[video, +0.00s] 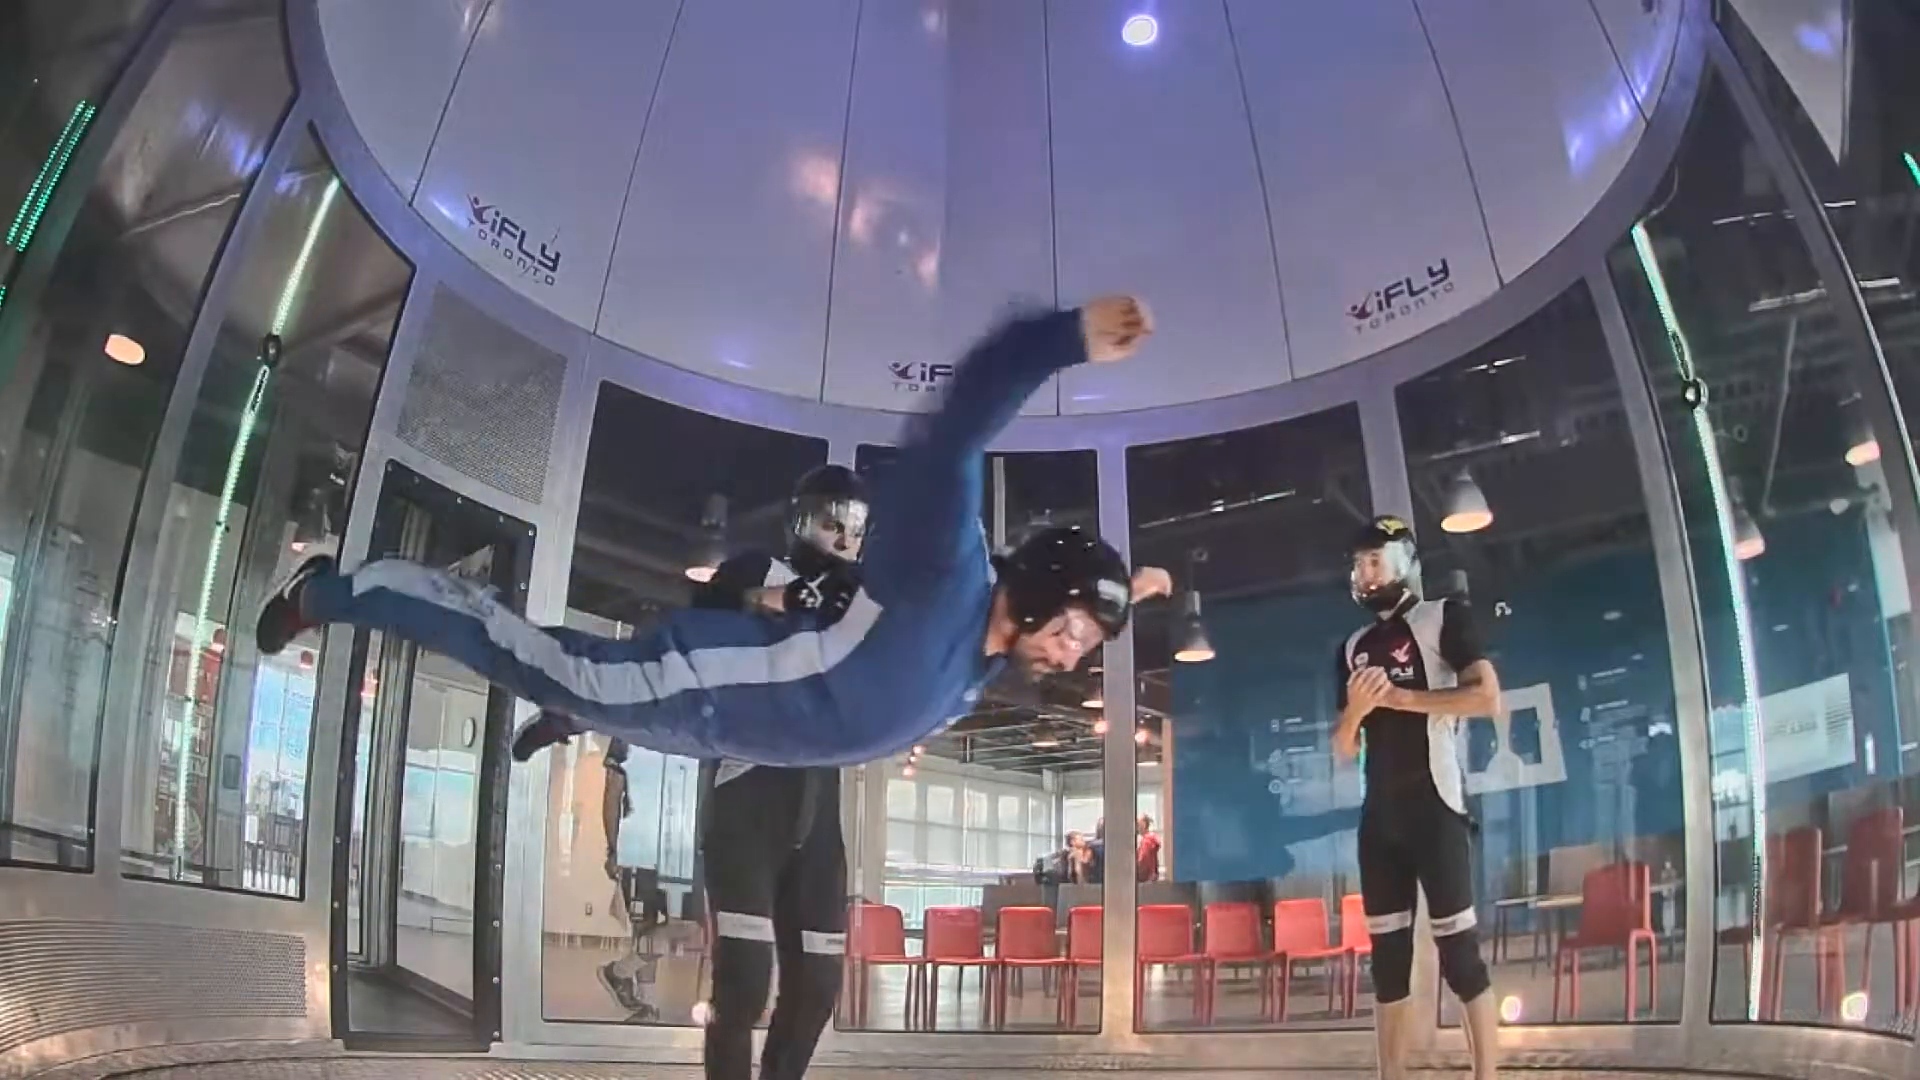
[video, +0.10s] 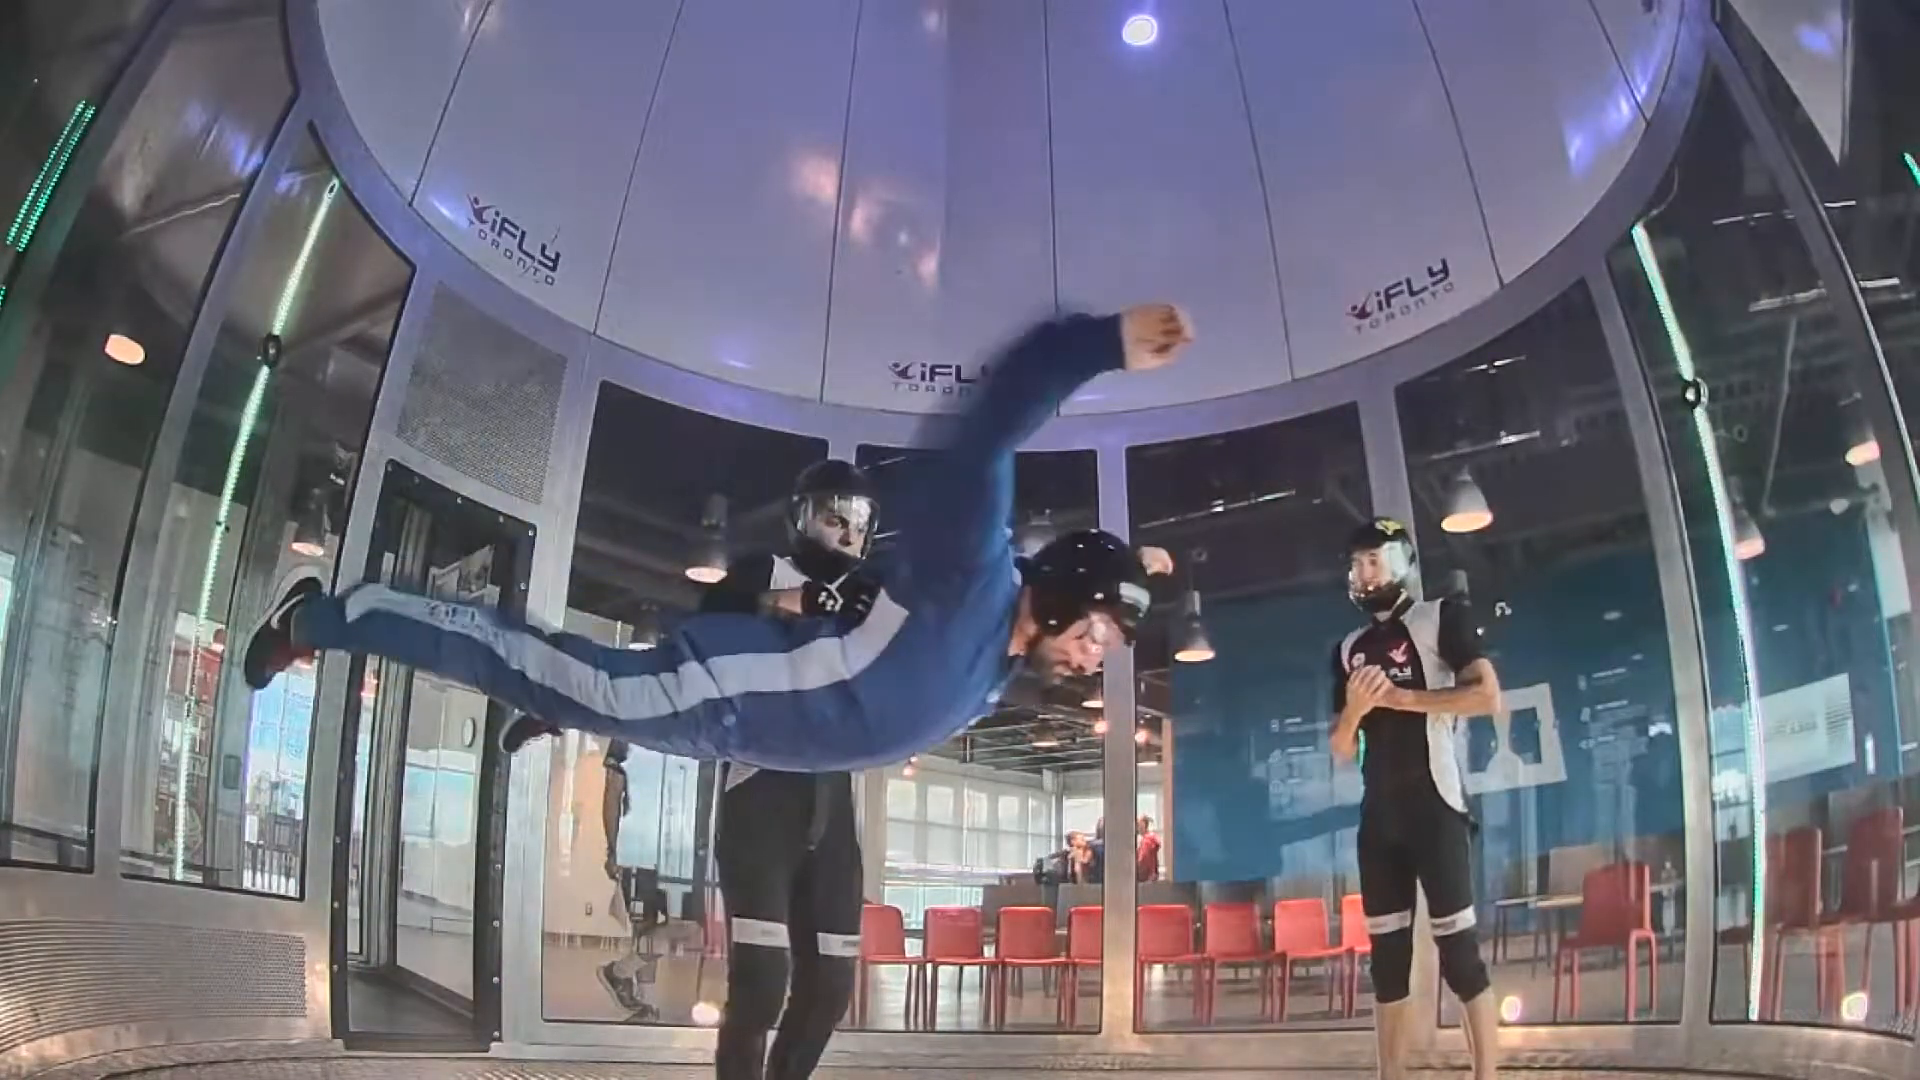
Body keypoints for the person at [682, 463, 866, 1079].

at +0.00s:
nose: (846, 534)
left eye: (857, 523)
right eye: (832, 519)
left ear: (868, 530)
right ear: (801, 519)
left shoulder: (869, 599)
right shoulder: (760, 571)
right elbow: (702, 601)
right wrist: (761, 603)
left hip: (820, 807)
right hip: (745, 800)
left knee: (816, 987)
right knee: (744, 983)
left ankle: (778, 1074)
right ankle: (728, 1072)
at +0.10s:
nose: (846, 529)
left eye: (858, 519)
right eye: (832, 515)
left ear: (869, 529)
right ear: (802, 513)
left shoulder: (878, 597)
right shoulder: (765, 571)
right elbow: (703, 625)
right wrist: (779, 606)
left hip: (835, 801)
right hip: (759, 793)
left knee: (828, 985)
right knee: (760, 983)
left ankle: (783, 1074)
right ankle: (737, 1073)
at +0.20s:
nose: (862, 527)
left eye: (872, 518)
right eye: (847, 513)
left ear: (881, 529)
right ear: (812, 515)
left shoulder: (890, 599)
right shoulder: (768, 576)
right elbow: (728, 638)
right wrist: (830, 611)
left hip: (848, 805)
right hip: (772, 800)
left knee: (876, 998)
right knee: (771, 1001)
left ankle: (792, 1075)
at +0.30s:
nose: (870, 531)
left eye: (879, 520)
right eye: (856, 517)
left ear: (888, 528)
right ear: (819, 515)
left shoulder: (894, 601)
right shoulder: (775, 572)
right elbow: (736, 635)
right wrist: (804, 621)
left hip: (851, 804)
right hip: (773, 799)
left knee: (890, 996)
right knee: (775, 1000)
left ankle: (806, 1078)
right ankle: (743, 1073)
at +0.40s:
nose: (884, 524)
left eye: (895, 515)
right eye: (871, 510)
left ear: (903, 528)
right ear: (837, 508)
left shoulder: (903, 599)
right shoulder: (787, 568)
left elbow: (935, 676)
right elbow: (750, 633)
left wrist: (915, 654)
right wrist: (811, 633)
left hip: (857, 815)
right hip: (776, 806)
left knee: (878, 1009)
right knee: (777, 1001)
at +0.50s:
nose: (894, 524)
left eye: (905, 516)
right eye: (881, 509)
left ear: (910, 528)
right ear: (843, 506)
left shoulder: (906, 599)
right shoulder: (792, 568)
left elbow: (938, 676)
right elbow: (757, 641)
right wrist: (826, 636)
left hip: (859, 816)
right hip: (779, 806)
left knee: (873, 1005)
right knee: (779, 1002)